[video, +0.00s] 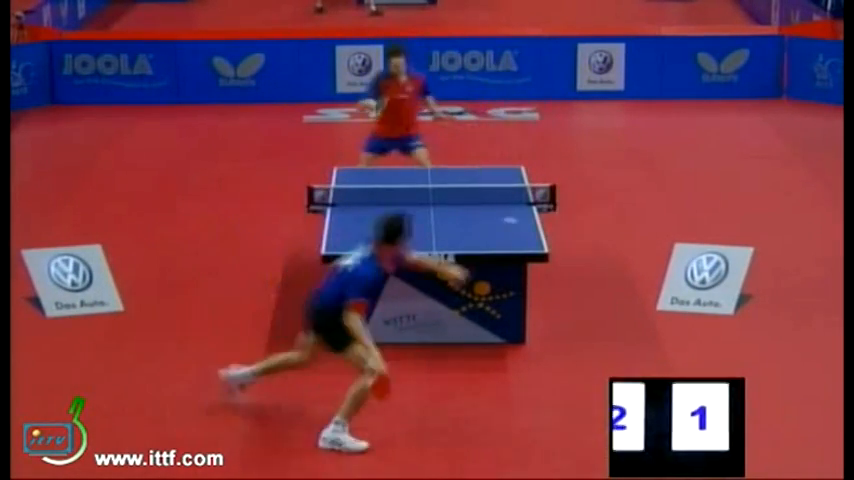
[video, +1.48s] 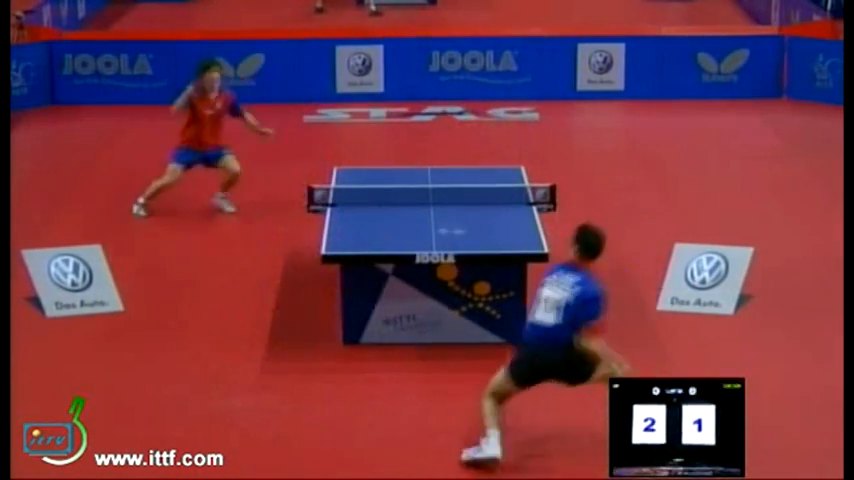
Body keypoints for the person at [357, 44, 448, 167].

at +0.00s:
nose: (397, 67)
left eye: (400, 64)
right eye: (394, 64)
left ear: (405, 64)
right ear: (389, 65)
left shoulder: (417, 81)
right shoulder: (382, 80)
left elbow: (427, 99)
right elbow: (375, 102)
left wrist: (436, 112)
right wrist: (372, 108)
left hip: (408, 134)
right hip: (383, 134)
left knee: (426, 164)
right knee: (364, 166)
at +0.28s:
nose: (366, 48)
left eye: (369, 43)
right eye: (363, 44)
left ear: (374, 45)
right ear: (357, 46)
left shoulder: (386, 65)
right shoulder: (351, 64)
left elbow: (400, 85)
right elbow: (337, 86)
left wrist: (399, 103)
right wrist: (337, 106)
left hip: (379, 116)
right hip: (354, 115)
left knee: (393, 158)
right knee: (334, 151)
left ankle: (406, 190)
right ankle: (322, 183)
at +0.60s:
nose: (327, 67)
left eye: (330, 63)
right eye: (323, 64)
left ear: (335, 64)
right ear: (319, 66)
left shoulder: (347, 82)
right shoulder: (323, 83)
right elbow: (324, 106)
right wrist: (310, 121)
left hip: (360, 133)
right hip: (337, 132)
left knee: (380, 168)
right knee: (305, 155)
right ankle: (305, 186)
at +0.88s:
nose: (257, 84)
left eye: (257, 80)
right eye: (255, 81)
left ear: (262, 75)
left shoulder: (280, 84)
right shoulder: (275, 87)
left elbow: (291, 108)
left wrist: (279, 131)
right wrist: (271, 135)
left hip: (320, 127)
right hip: (302, 128)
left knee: (311, 165)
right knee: (280, 159)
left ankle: (341, 178)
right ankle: (300, 185)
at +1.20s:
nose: (225, 71)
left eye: (227, 66)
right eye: (222, 69)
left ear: (233, 65)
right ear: (219, 72)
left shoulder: (249, 79)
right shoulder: (222, 84)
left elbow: (271, 97)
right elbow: (200, 84)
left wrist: (252, 93)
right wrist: (215, 66)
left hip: (257, 132)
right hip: (237, 135)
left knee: (248, 162)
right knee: (228, 172)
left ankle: (265, 200)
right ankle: (257, 175)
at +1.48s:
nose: (214, 80)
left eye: (217, 77)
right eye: (211, 76)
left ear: (220, 79)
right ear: (202, 78)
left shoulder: (225, 98)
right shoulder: (194, 96)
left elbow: (243, 114)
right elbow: (174, 111)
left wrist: (259, 130)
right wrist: (189, 92)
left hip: (213, 147)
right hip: (190, 147)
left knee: (235, 171)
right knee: (170, 178)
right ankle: (142, 201)